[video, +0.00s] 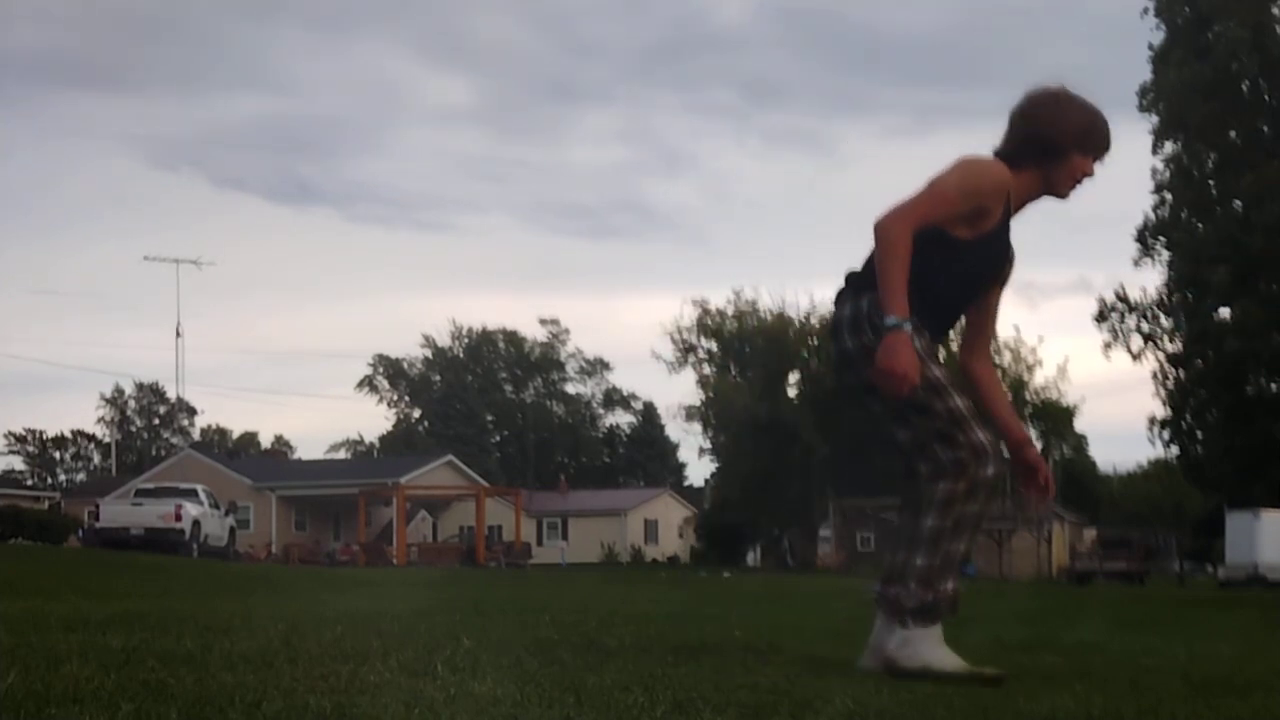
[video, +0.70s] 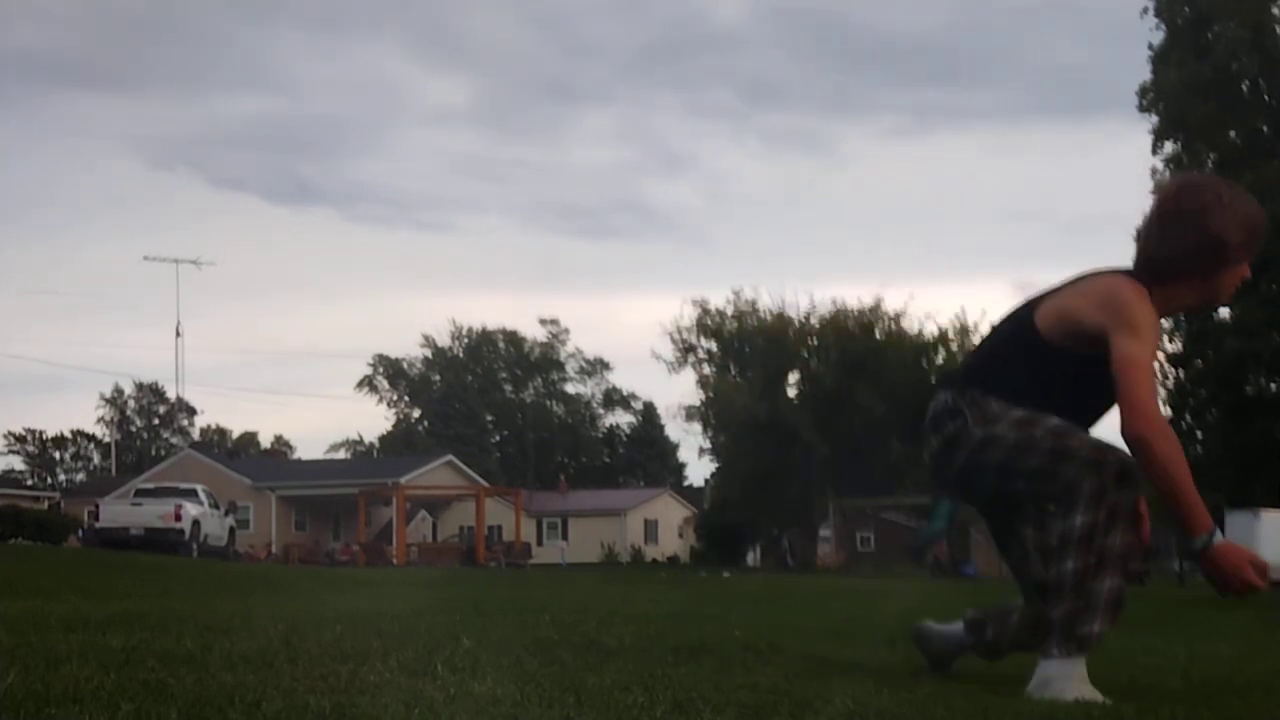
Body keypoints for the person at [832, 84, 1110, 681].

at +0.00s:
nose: (1092, 170)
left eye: (1096, 159)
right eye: (1088, 155)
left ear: (1059, 155)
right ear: (1053, 145)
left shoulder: (999, 252)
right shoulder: (986, 177)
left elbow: (976, 354)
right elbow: (893, 225)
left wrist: (1020, 441)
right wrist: (896, 328)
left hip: (902, 336)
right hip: (876, 322)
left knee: (963, 461)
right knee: (968, 455)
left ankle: (897, 627)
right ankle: (912, 629)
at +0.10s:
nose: (1117, 208)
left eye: (1121, 197)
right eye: (1113, 193)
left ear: (1074, 189)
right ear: (1078, 184)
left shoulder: (1018, 294)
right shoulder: (1006, 213)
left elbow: (1005, 400)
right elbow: (911, 254)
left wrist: (1043, 496)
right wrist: (918, 360)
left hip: (903, 362)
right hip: (880, 344)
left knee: (963, 493)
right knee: (987, 460)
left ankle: (890, 641)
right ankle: (986, 644)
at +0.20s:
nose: (1142, 228)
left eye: (1144, 217)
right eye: (1137, 213)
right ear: (1101, 208)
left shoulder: (1050, 320)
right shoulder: (1028, 244)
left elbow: (1025, 427)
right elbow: (940, 297)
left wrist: (1054, 527)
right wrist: (973, 405)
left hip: (929, 401)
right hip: (894, 385)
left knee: (988, 530)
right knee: (1014, 488)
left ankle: (890, 651)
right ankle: (1045, 667)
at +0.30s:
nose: (1166, 254)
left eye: (1166, 240)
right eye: (1158, 238)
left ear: (1131, 245)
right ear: (1120, 237)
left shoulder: (1088, 356)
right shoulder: (1042, 285)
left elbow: (1050, 458)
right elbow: (990, 362)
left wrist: (1071, 581)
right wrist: (1057, 462)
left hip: (969, 458)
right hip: (915, 433)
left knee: (1012, 616)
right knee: (1053, 477)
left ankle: (904, 653)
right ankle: (1051, 667)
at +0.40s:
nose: (1186, 282)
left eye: (1186, 267)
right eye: (1176, 265)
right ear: (1136, 263)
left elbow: (1092, 506)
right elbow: (1042, 410)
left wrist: (1098, 618)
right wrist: (1144, 495)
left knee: (1005, 665)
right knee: (1053, 462)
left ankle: (914, 649)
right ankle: (1050, 667)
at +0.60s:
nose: (1233, 277)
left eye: (1233, 264)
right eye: (1225, 262)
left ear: (1188, 261)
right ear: (1185, 259)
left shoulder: (1151, 362)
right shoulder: (1089, 303)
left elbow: (1088, 459)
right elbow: (1120, 423)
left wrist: (1107, 567)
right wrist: (1217, 520)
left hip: (1024, 480)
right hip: (959, 452)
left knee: (1020, 656)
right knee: (1074, 459)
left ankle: (926, 648)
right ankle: (1054, 670)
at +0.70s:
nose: (1246, 276)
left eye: (1248, 264)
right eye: (1242, 262)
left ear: (1178, 247)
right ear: (1210, 259)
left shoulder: (1130, 307)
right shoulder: (1127, 301)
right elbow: (1144, 429)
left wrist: (1125, 497)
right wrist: (1208, 541)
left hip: (995, 435)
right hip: (968, 423)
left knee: (1064, 610)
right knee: (1107, 474)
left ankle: (951, 640)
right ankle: (1060, 672)